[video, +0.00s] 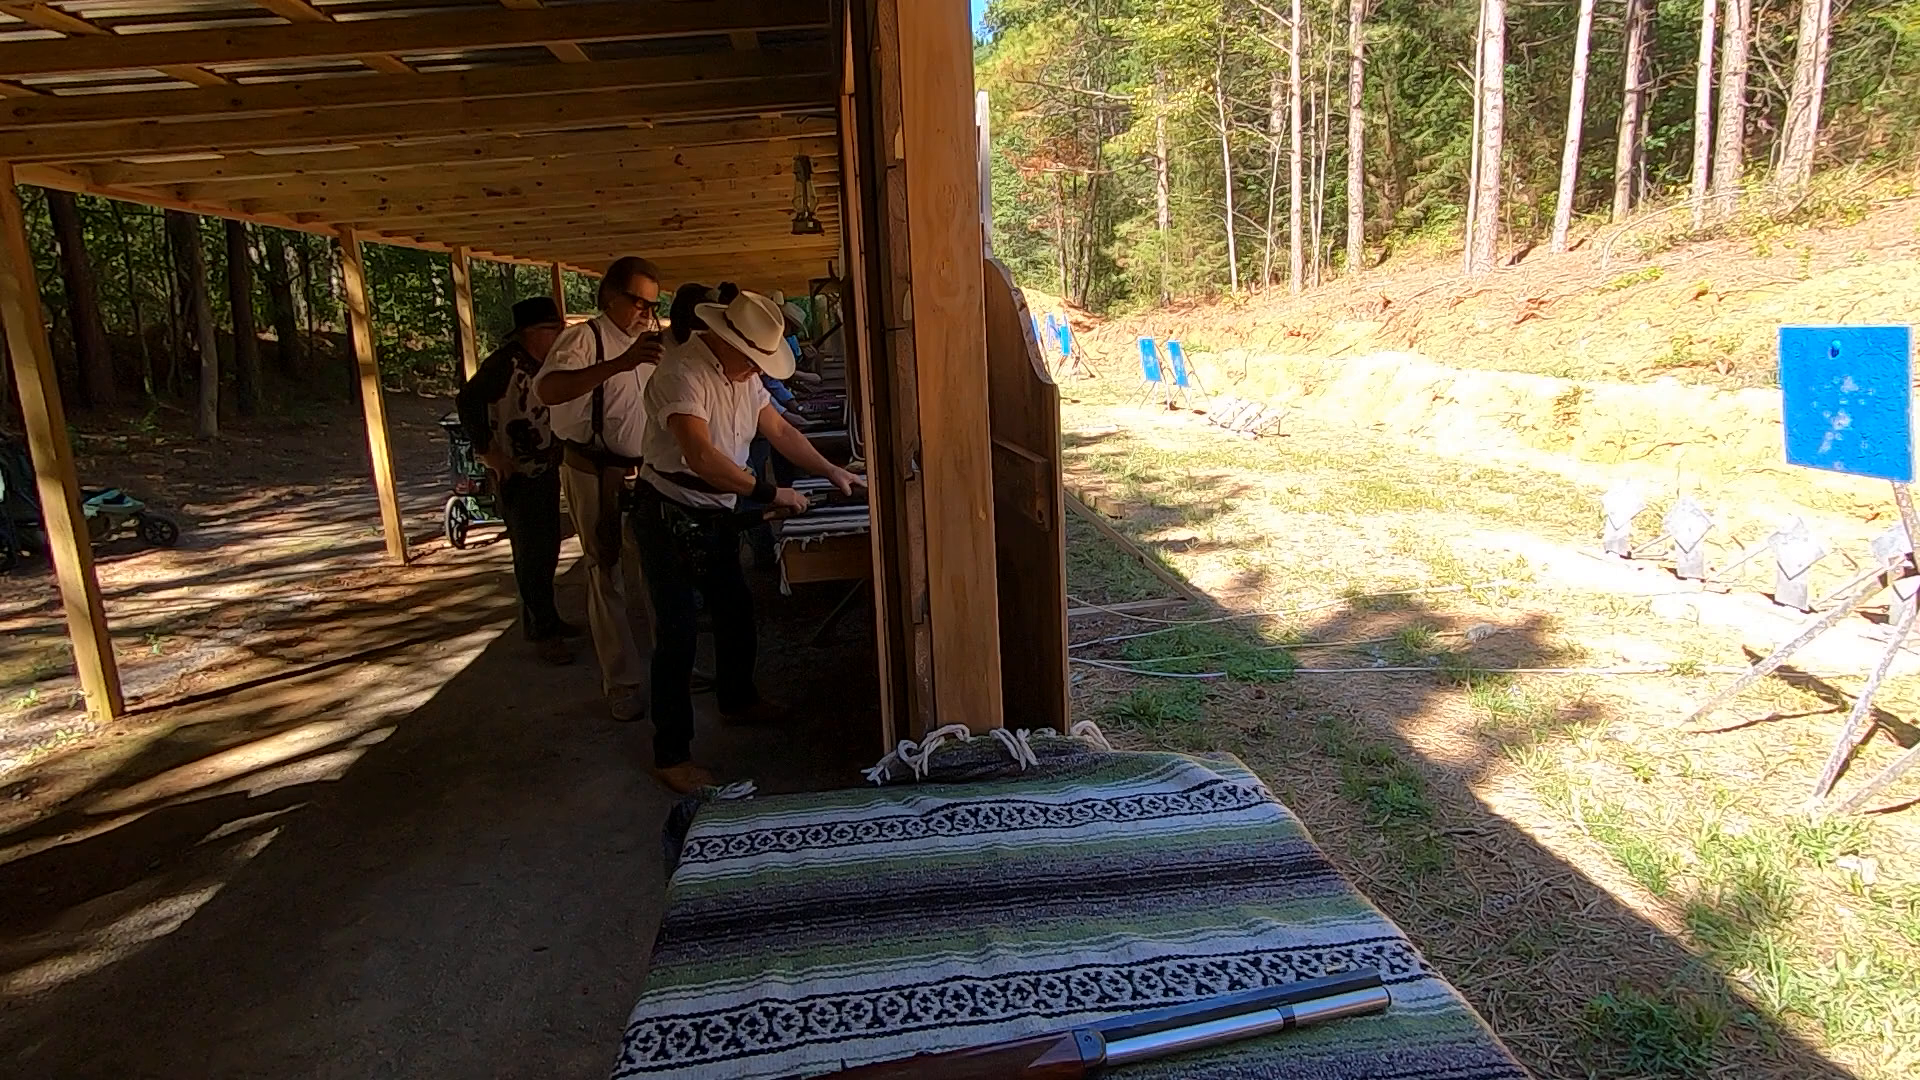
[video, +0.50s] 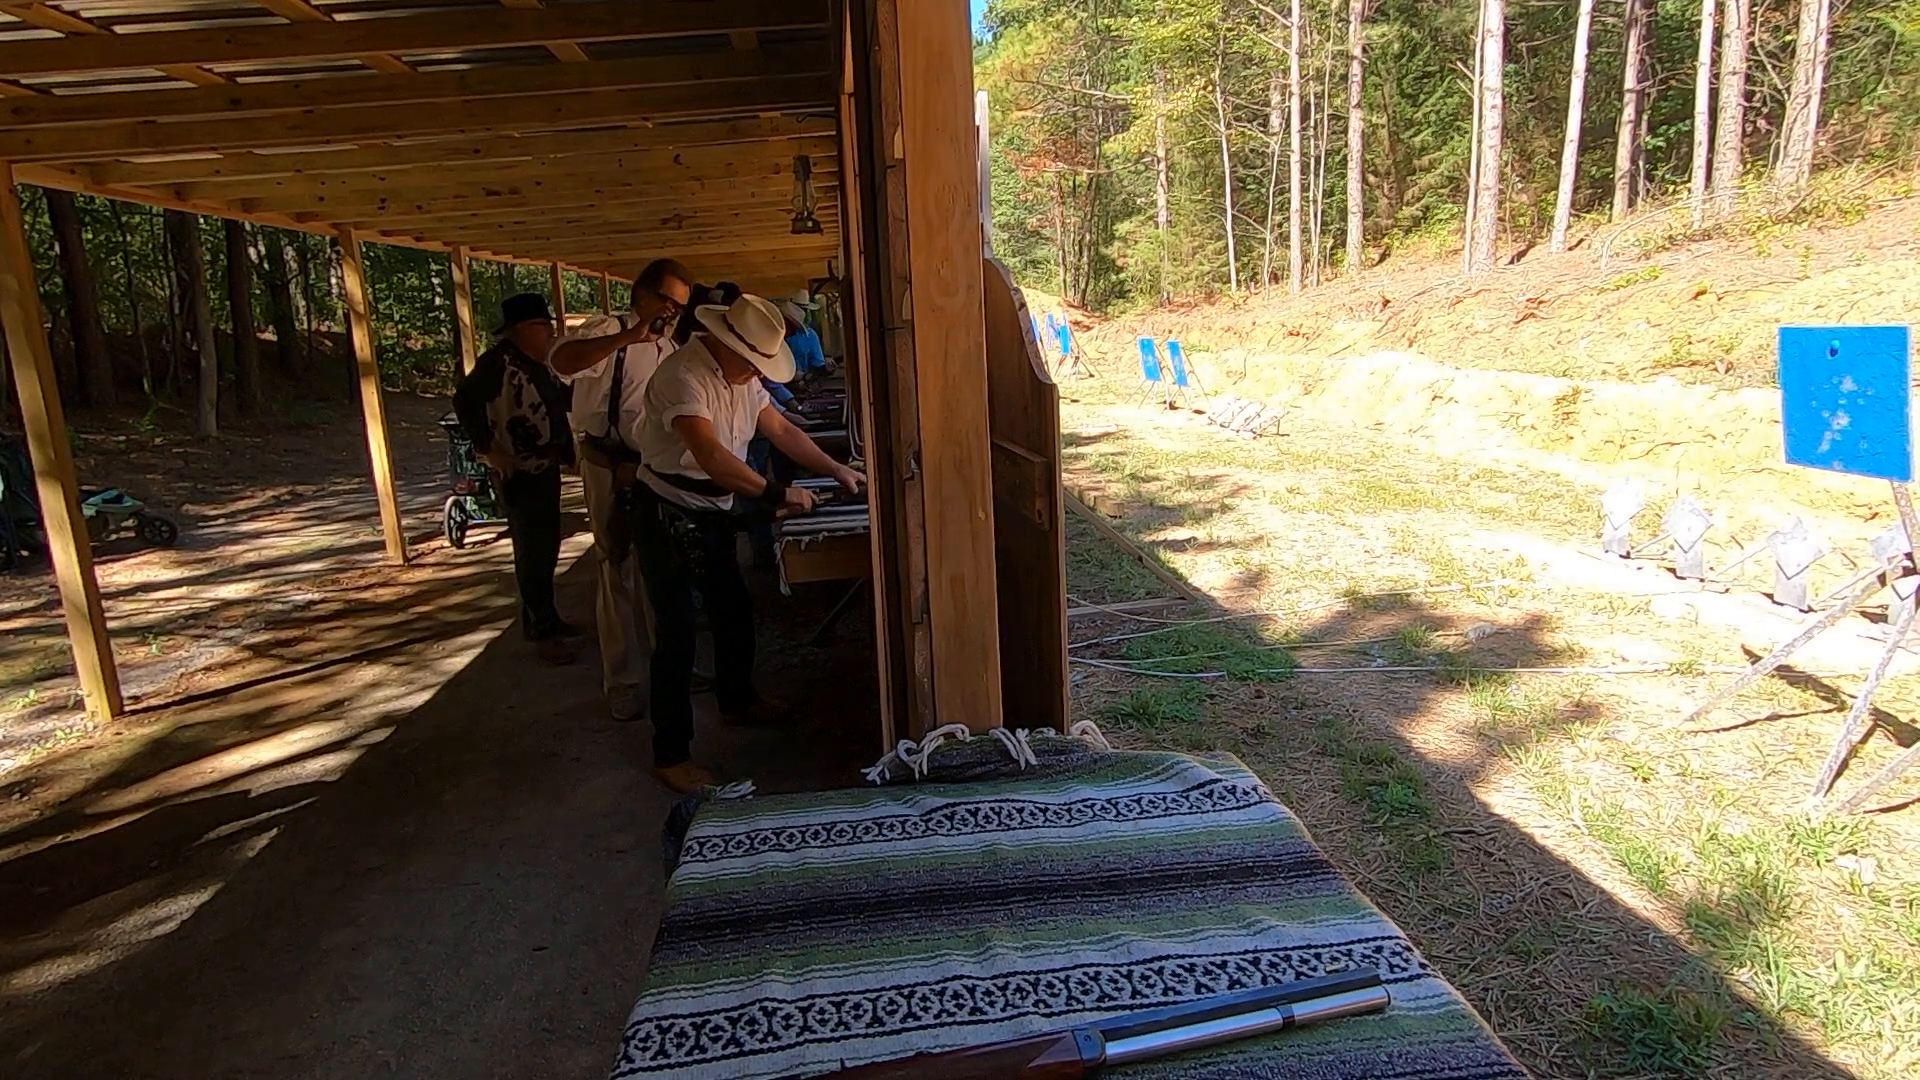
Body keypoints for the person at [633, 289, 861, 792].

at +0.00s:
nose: (755, 368)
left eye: (759, 361)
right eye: (750, 357)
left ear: (757, 353)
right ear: (723, 341)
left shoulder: (747, 375)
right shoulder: (680, 371)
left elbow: (778, 429)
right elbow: (698, 454)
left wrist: (832, 469)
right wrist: (766, 491)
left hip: (719, 513)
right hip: (666, 514)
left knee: (735, 611)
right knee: (678, 632)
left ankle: (740, 702)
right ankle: (672, 757)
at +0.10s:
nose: (755, 369)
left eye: (759, 362)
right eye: (750, 359)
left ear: (758, 355)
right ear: (723, 342)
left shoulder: (747, 375)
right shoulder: (681, 372)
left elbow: (779, 430)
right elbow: (698, 455)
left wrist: (832, 468)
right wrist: (768, 490)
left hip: (717, 513)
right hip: (665, 513)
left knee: (735, 611)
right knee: (678, 632)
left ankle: (739, 702)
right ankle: (671, 757)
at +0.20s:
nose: (755, 371)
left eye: (759, 364)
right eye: (749, 361)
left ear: (758, 356)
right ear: (724, 343)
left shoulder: (746, 377)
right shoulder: (681, 374)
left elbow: (781, 431)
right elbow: (699, 456)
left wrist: (835, 468)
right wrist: (771, 489)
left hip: (716, 512)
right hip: (664, 513)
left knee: (734, 610)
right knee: (678, 630)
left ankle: (739, 703)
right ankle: (671, 757)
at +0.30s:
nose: (755, 371)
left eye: (759, 364)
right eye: (749, 361)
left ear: (758, 357)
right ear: (723, 343)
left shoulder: (746, 378)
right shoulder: (680, 374)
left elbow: (781, 431)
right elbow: (701, 455)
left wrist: (835, 468)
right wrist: (771, 488)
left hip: (715, 513)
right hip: (663, 513)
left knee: (734, 610)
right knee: (677, 631)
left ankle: (739, 704)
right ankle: (671, 757)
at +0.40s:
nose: (755, 372)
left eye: (760, 365)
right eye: (750, 362)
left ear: (756, 358)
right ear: (726, 345)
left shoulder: (746, 379)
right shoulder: (680, 375)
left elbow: (782, 431)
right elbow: (704, 455)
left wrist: (836, 467)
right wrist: (771, 488)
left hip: (715, 513)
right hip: (664, 514)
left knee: (734, 611)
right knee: (677, 632)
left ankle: (738, 703)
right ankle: (671, 757)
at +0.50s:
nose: (756, 372)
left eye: (760, 365)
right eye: (751, 362)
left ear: (757, 358)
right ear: (726, 345)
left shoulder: (746, 380)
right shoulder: (682, 374)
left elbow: (782, 431)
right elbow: (707, 453)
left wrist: (837, 468)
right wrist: (774, 491)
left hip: (715, 513)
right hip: (665, 513)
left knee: (734, 611)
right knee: (677, 631)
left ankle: (739, 703)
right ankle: (671, 757)